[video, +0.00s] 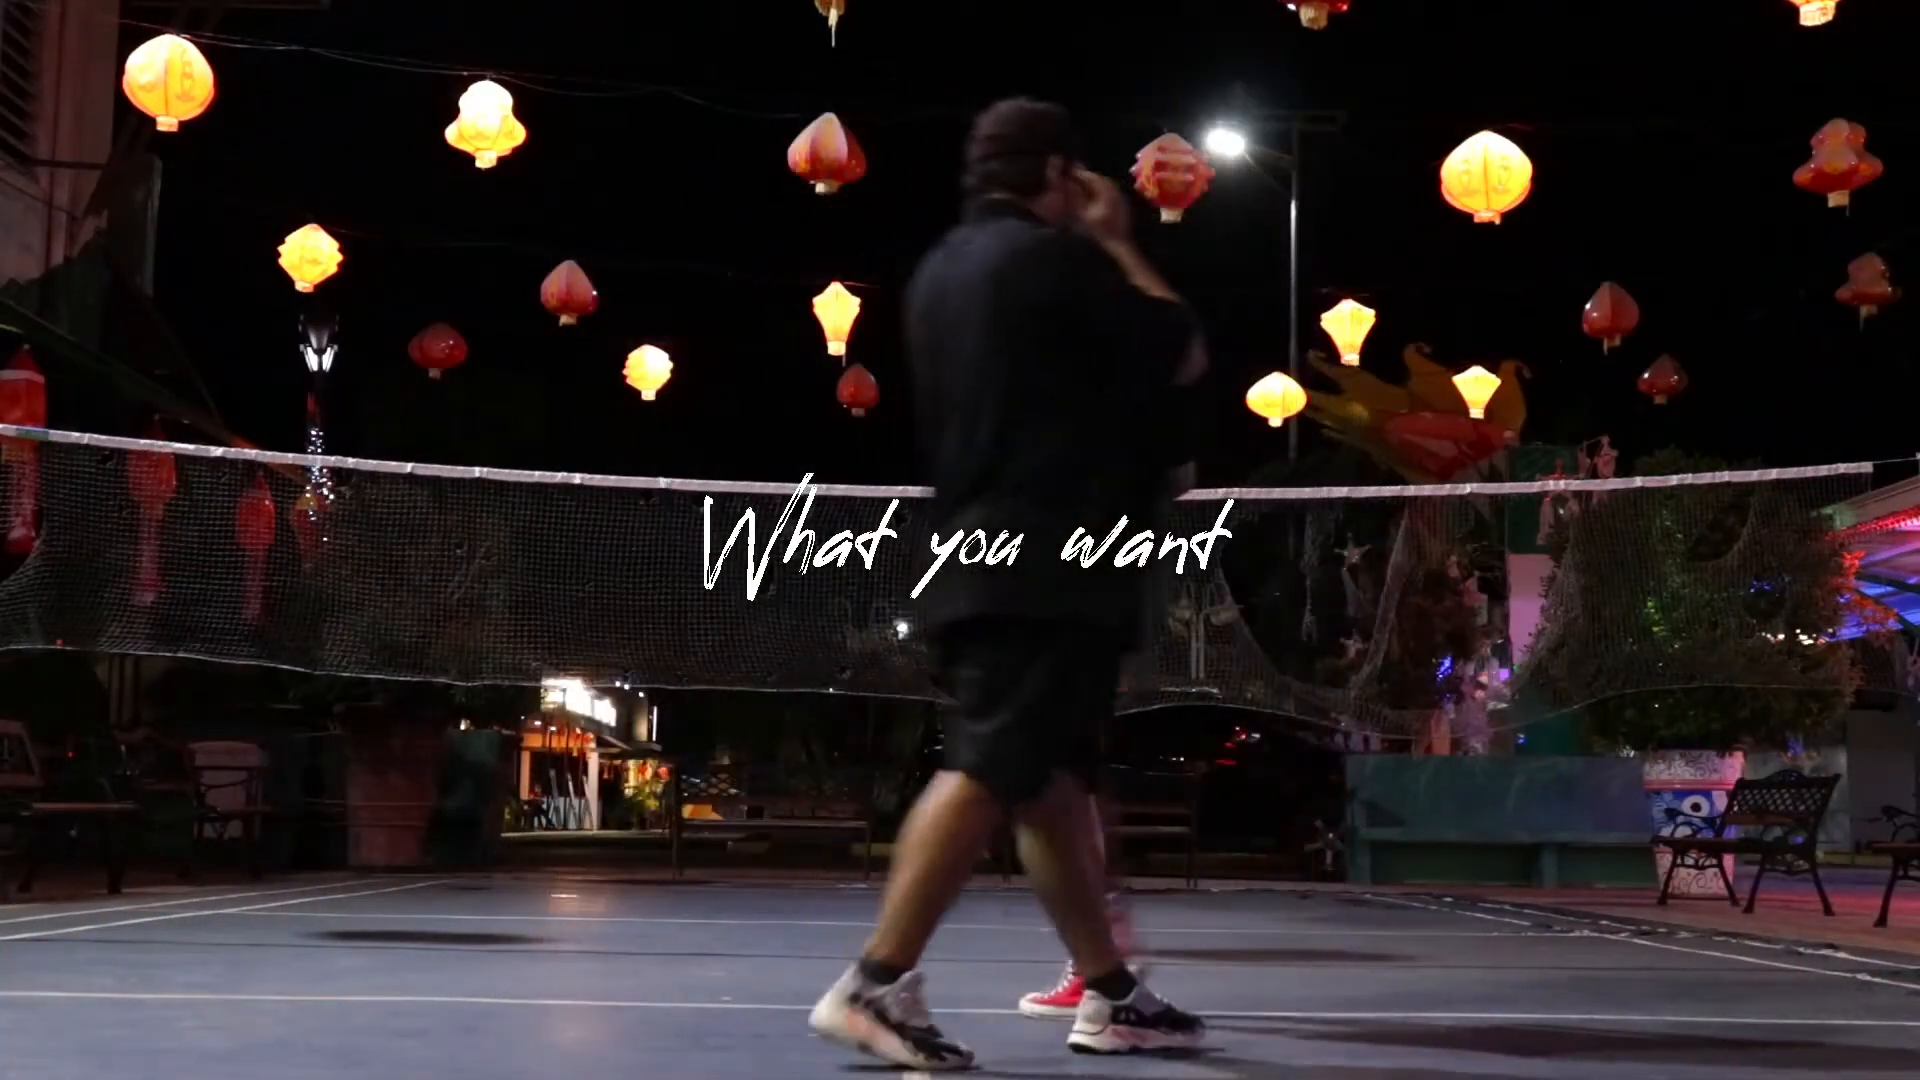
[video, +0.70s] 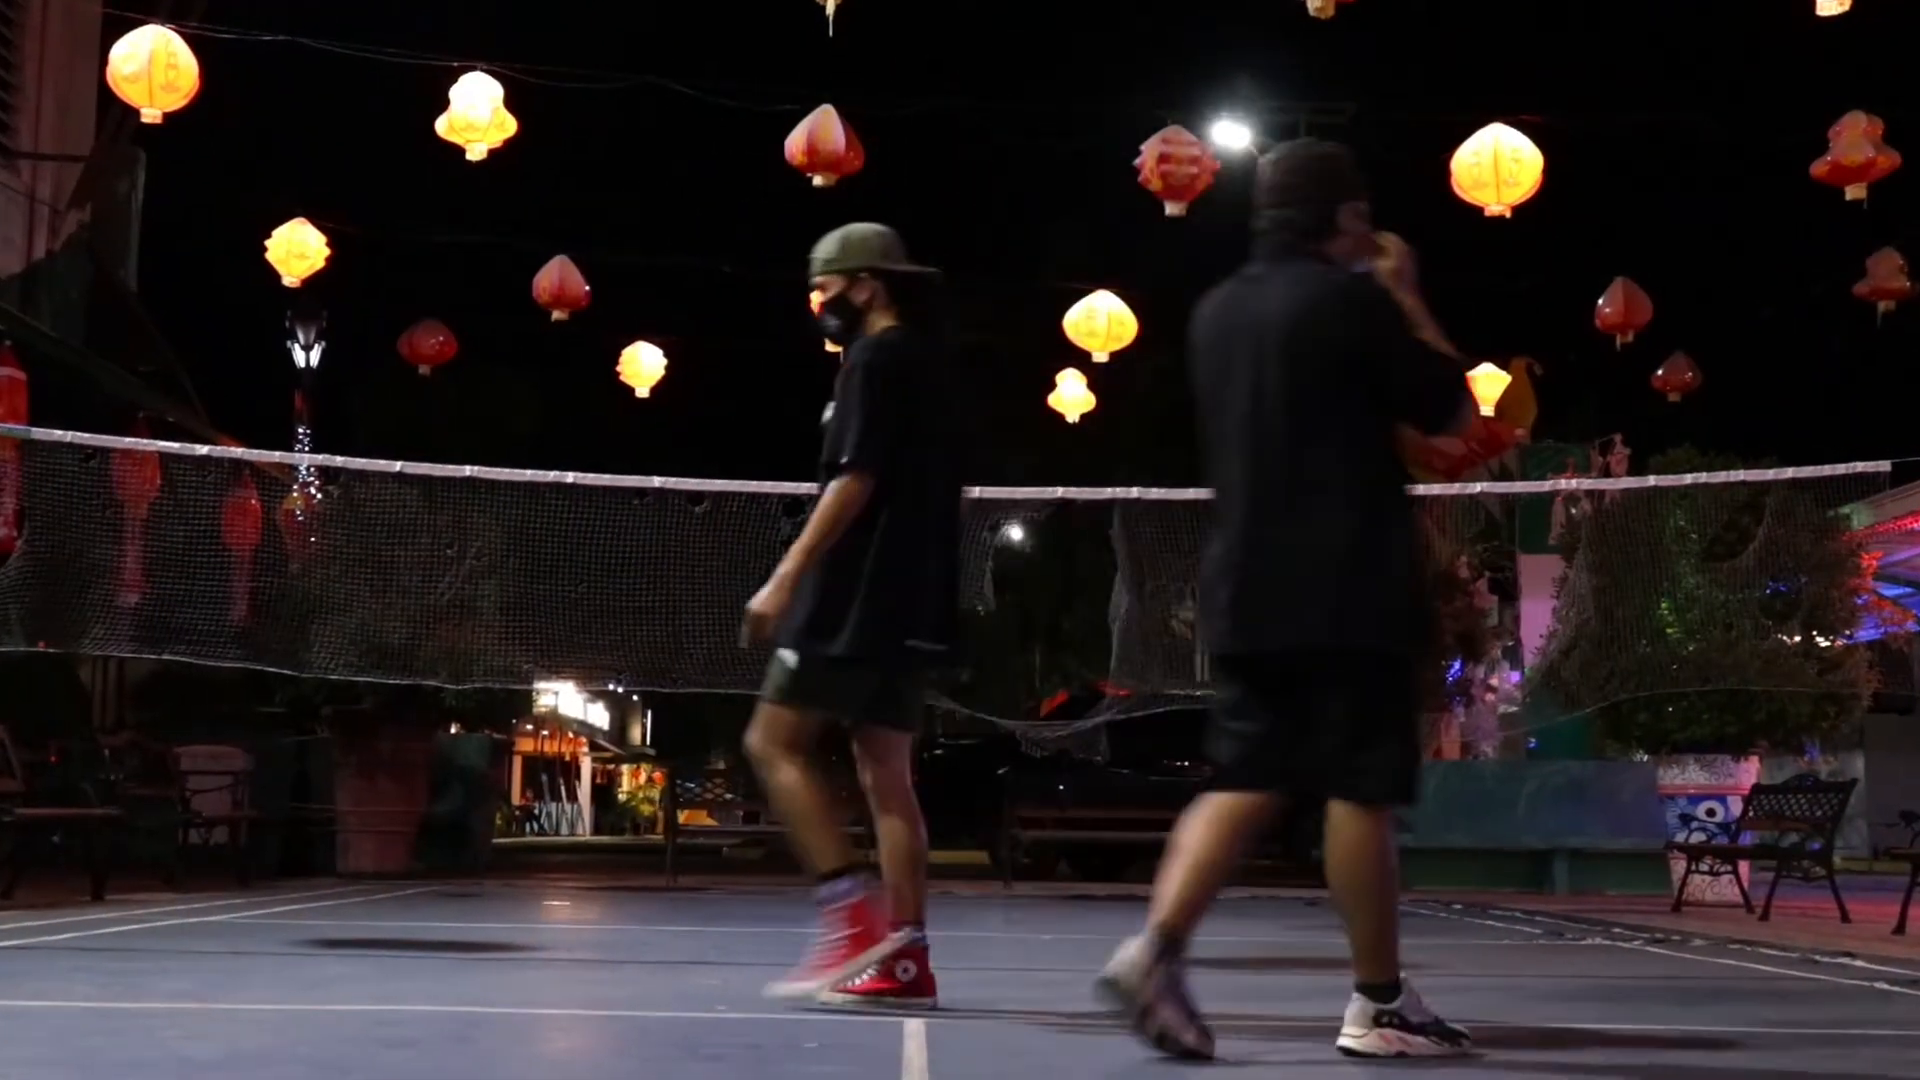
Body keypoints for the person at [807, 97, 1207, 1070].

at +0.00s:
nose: (1087, 194)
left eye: (1086, 181)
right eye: (1083, 180)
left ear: (978, 179)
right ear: (1056, 179)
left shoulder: (937, 275)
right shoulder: (1061, 264)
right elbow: (1183, 357)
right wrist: (1121, 244)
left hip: (970, 558)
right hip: (1060, 562)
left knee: (1045, 784)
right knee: (984, 767)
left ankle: (1111, 995)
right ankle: (876, 984)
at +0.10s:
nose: (1129, 192)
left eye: (1126, 177)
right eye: (1124, 179)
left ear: (1024, 180)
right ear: (1096, 181)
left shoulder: (985, 274)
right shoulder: (1101, 264)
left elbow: (961, 439)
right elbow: (1220, 345)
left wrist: (963, 548)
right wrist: (1157, 240)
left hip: (1006, 556)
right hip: (1101, 554)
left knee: (1060, 772)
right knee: (1098, 771)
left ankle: (1108, 990)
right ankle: (953, 931)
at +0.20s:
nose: (1154, 190)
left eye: (1148, 176)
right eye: (1147, 176)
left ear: (1053, 185)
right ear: (1121, 184)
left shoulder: (1011, 285)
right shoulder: (1131, 268)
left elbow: (970, 448)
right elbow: (1244, 341)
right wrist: (1187, 241)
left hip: (1038, 563)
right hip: (1140, 556)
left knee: (1084, 769)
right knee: (1180, 756)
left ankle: (1112, 993)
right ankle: (1033, 912)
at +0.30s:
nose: (1205, 194)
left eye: (1201, 178)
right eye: (1198, 178)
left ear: (1100, 188)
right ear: (1170, 188)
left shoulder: (1057, 284)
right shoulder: (1171, 273)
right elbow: (1282, 358)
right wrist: (1233, 249)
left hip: (1089, 565)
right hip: (1191, 564)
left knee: (1112, 764)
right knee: (1248, 748)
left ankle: (1106, 998)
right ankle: (1175, 953)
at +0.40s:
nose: (1226, 198)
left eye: (1221, 182)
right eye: (1220, 183)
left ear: (1128, 191)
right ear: (1199, 194)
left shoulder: (1083, 290)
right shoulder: (1202, 280)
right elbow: (1311, 364)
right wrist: (1266, 255)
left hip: (1115, 571)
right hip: (1224, 569)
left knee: (1127, 769)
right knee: (1272, 766)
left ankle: (1113, 994)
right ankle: (1268, 992)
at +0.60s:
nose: (1318, 225)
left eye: (1313, 209)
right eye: (1309, 211)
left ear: (1219, 211)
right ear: (1282, 217)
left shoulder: (1168, 305)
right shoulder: (1290, 300)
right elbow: (1389, 395)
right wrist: (1350, 289)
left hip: (1189, 590)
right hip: (1294, 596)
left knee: (1175, 775)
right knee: (1324, 803)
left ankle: (1121, 992)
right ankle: (1375, 999)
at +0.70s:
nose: (1369, 226)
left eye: (1365, 213)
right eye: (1363, 213)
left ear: (1265, 217)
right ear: (1339, 221)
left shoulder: (1216, 313)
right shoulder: (1349, 303)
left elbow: (1260, 431)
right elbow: (1445, 405)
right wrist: (1406, 299)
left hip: (1246, 591)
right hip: (1351, 591)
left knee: (1249, 773)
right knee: (1361, 792)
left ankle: (1151, 952)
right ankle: (1378, 1005)